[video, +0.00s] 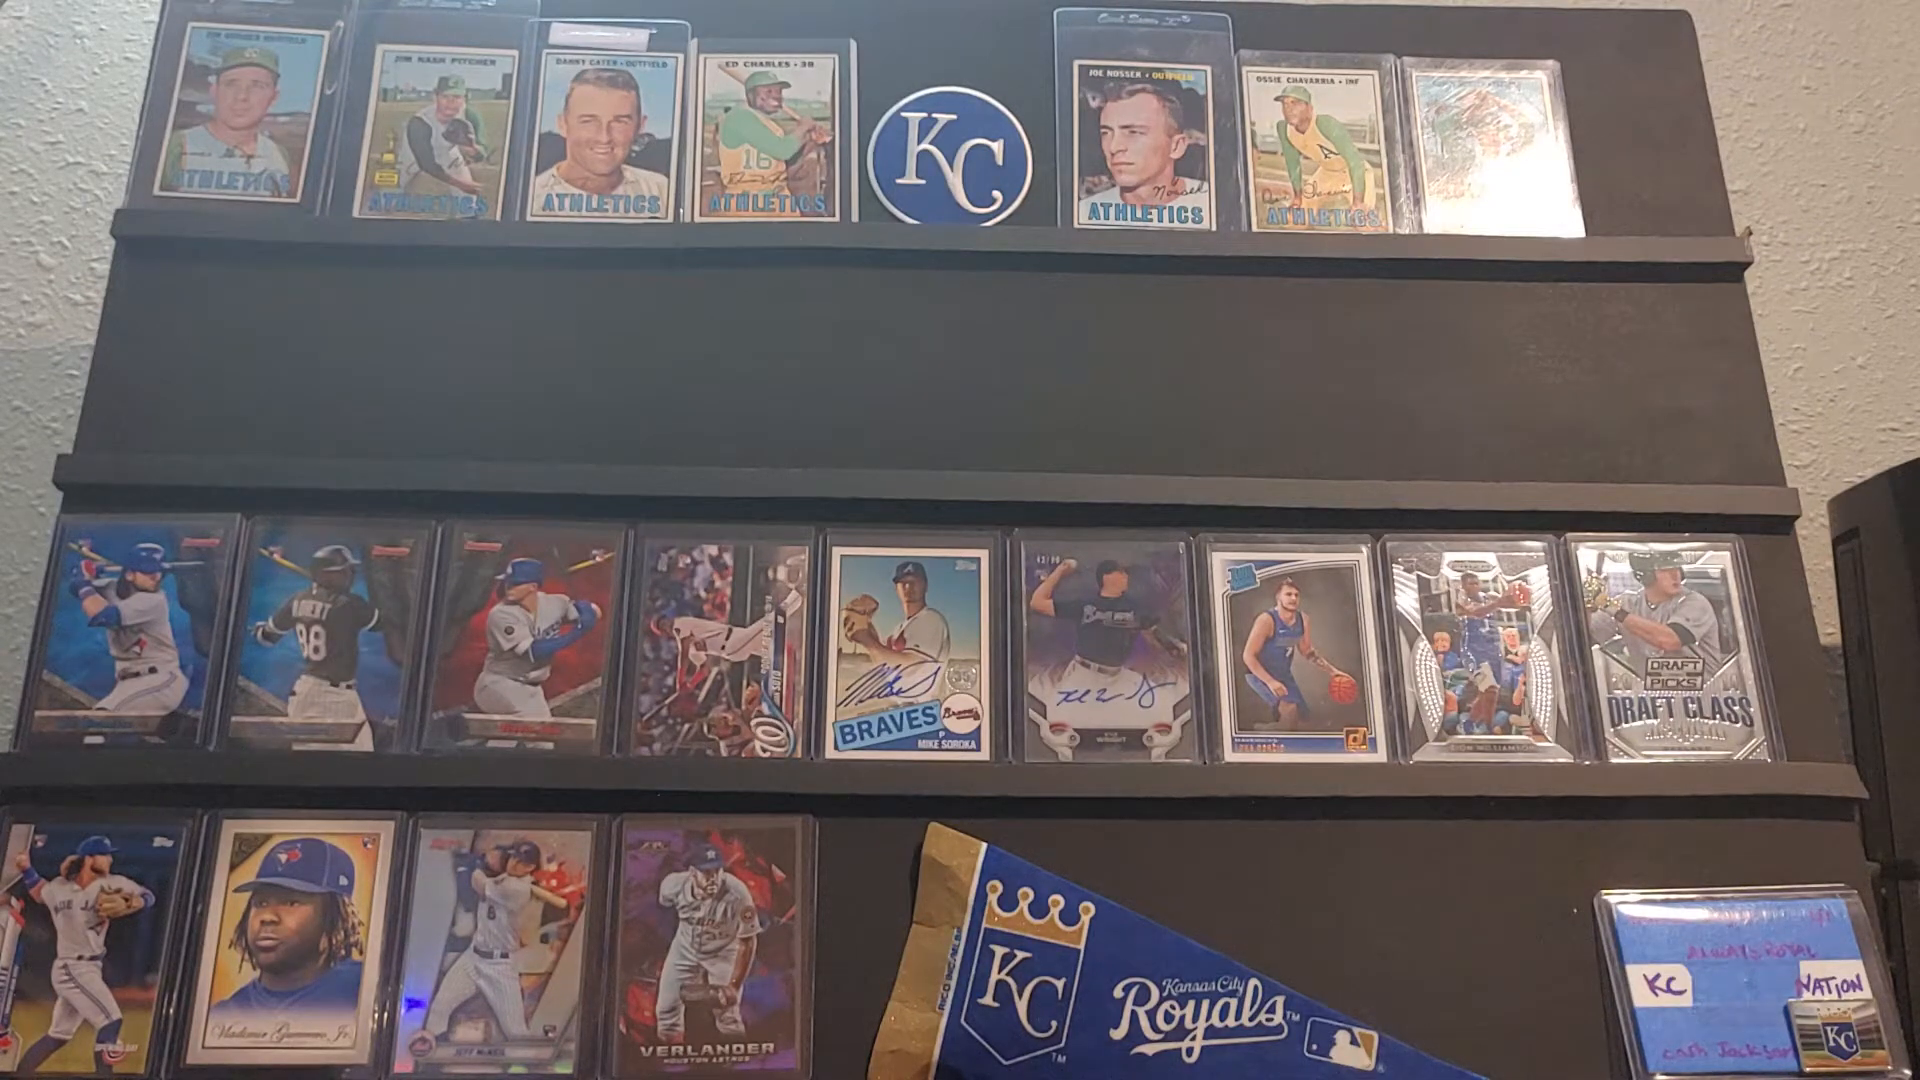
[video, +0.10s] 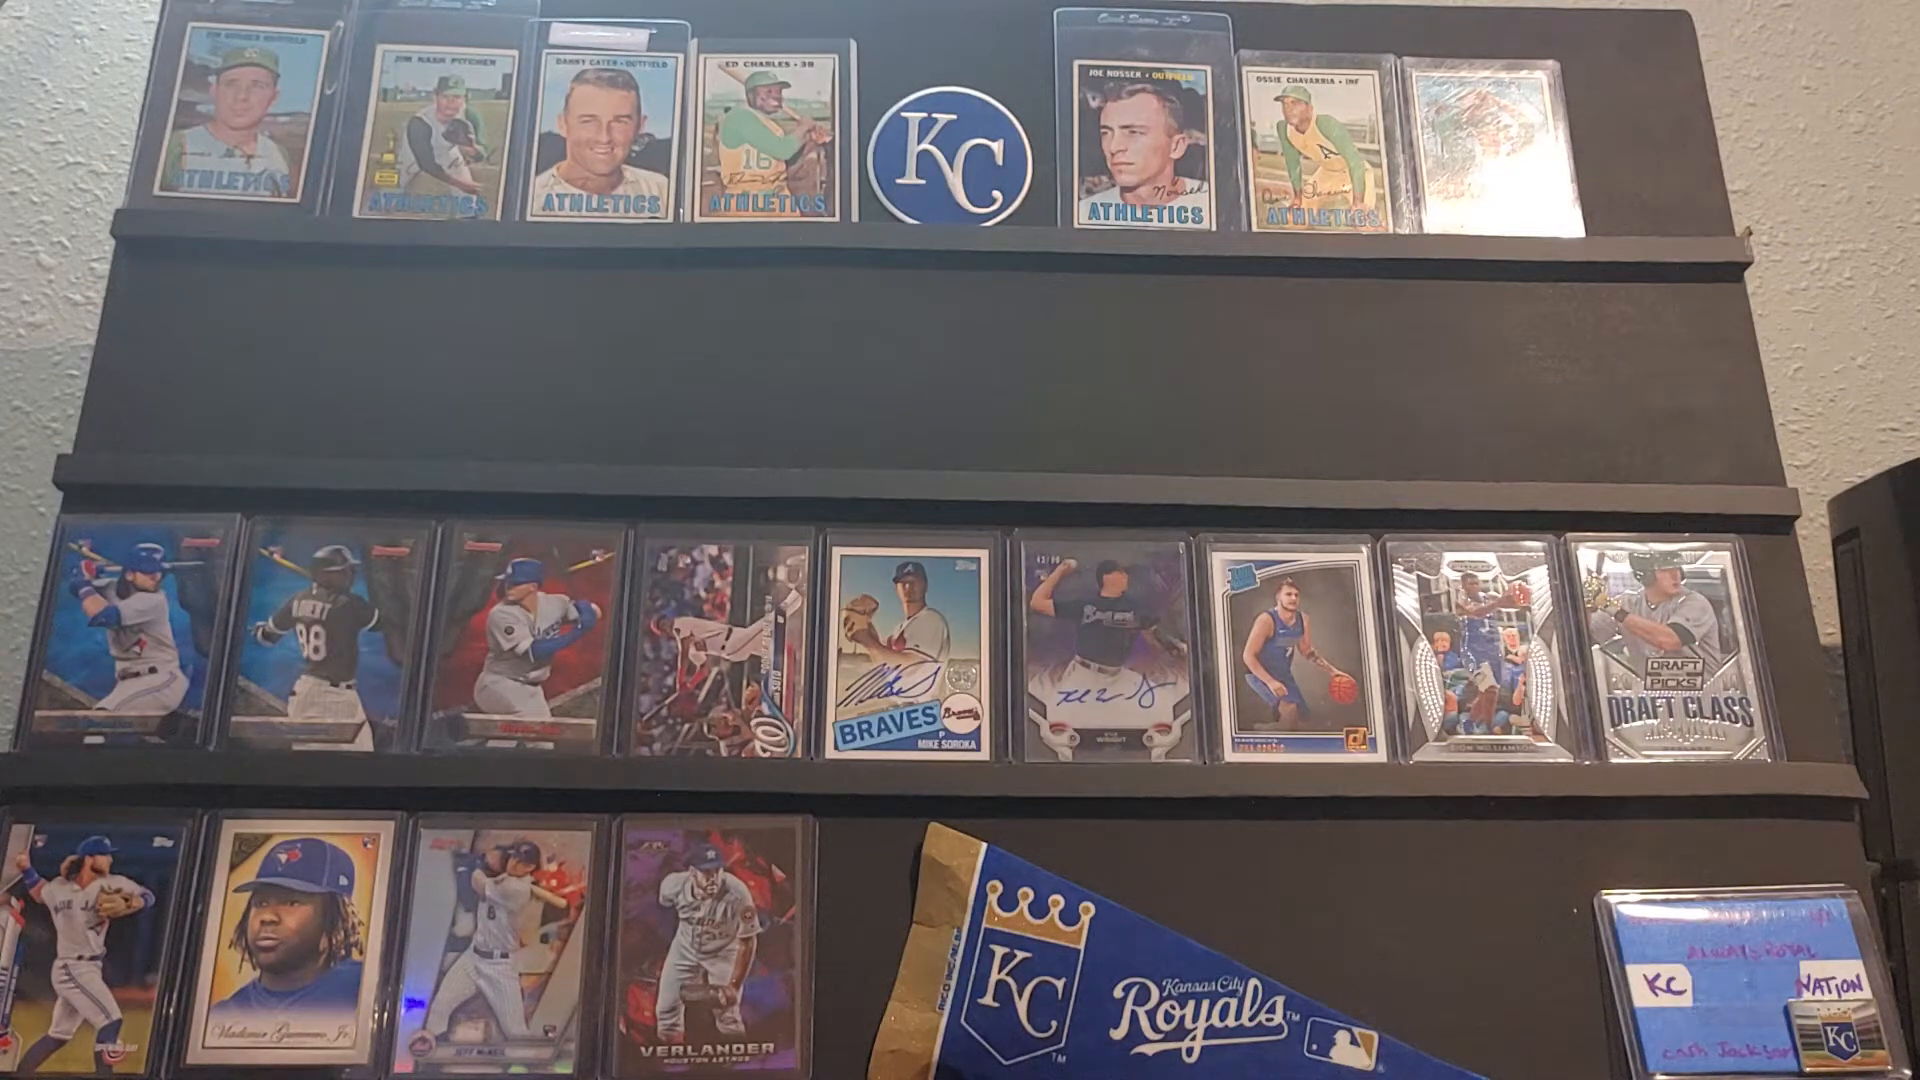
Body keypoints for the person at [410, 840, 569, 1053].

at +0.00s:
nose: (514, 864)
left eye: (521, 862)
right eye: (514, 858)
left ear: (530, 869)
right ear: (509, 858)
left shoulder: (518, 889)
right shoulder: (500, 879)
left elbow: (480, 884)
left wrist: (476, 867)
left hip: (501, 966)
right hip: (473, 958)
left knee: (515, 1031)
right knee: (439, 1006)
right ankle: (425, 1064)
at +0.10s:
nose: (514, 864)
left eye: (521, 862)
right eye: (514, 858)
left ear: (530, 869)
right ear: (509, 858)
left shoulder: (518, 889)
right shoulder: (500, 879)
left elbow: (480, 884)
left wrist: (476, 867)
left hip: (501, 966)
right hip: (473, 958)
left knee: (515, 1031)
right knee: (440, 1006)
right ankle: (427, 1064)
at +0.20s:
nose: (514, 864)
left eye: (521, 862)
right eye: (513, 858)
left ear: (530, 869)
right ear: (509, 858)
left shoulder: (518, 890)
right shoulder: (501, 879)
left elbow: (480, 884)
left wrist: (476, 867)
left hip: (500, 966)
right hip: (473, 958)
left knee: (515, 1030)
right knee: (439, 1006)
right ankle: (427, 1065)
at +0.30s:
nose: (514, 864)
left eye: (522, 862)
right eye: (514, 858)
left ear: (530, 869)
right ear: (509, 858)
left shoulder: (517, 890)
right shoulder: (501, 879)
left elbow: (479, 884)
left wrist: (476, 867)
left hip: (501, 965)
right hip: (473, 958)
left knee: (515, 1030)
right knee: (439, 1007)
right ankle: (427, 1066)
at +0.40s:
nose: (514, 864)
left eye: (522, 862)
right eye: (514, 858)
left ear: (530, 869)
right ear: (509, 858)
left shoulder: (518, 890)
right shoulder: (501, 879)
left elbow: (479, 884)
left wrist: (476, 867)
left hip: (501, 965)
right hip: (473, 958)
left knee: (515, 1030)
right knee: (439, 1007)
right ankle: (428, 1066)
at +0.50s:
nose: (514, 863)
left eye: (521, 862)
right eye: (514, 858)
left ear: (530, 869)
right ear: (510, 858)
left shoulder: (518, 889)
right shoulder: (501, 879)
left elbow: (479, 884)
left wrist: (475, 867)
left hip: (500, 965)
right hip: (473, 958)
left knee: (515, 1030)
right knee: (440, 1006)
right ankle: (427, 1066)